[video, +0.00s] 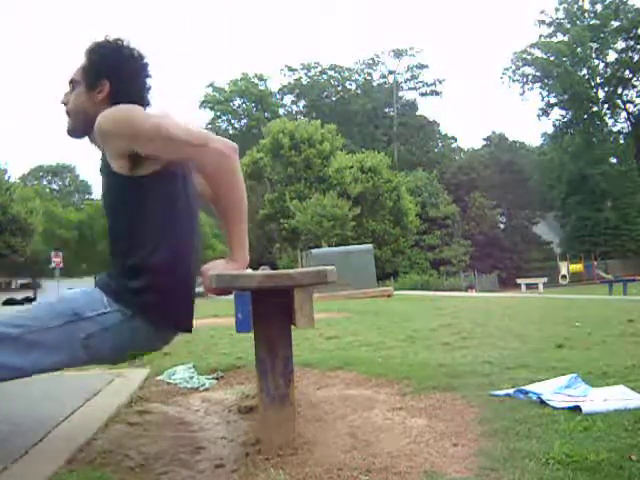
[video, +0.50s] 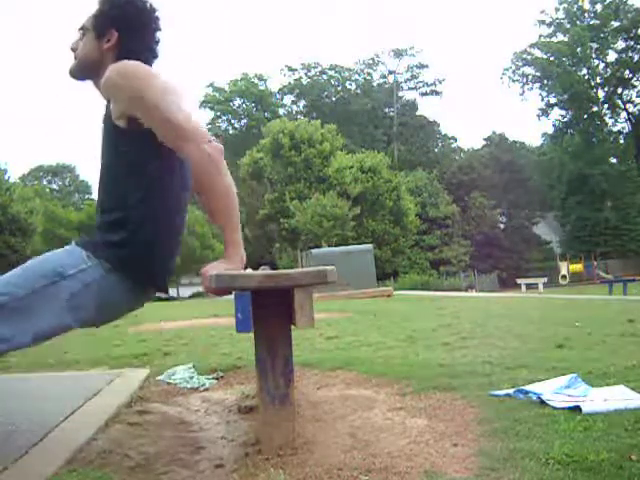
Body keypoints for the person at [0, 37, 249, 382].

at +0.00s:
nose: (64, 99)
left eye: (73, 86)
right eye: (69, 86)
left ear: (101, 91)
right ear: (102, 92)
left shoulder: (114, 122)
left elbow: (222, 154)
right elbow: (211, 190)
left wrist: (239, 259)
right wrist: (243, 251)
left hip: (134, 308)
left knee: (3, 338)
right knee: (9, 326)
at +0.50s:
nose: (73, 45)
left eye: (83, 33)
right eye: (78, 34)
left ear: (109, 40)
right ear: (110, 41)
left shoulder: (123, 76)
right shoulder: (135, 82)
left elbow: (201, 150)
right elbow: (209, 152)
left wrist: (234, 253)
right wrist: (233, 247)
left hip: (112, 265)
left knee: (4, 316)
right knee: (6, 321)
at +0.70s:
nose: (77, 16)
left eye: (86, 5)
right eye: (81, 6)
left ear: (112, 9)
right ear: (111, 11)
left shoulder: (126, 53)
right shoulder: (153, 64)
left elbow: (178, 153)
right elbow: (181, 156)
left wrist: (226, 252)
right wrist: (227, 252)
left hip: (99, 235)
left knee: (2, 308)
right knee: (4, 316)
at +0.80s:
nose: (72, 41)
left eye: (82, 29)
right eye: (77, 30)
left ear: (109, 32)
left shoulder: (121, 71)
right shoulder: (147, 81)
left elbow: (198, 155)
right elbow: (198, 167)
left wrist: (233, 253)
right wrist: (233, 252)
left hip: (108, 258)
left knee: (3, 318)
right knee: (5, 327)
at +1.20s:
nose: (60, 155)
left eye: (67, 144)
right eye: (63, 144)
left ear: (94, 147)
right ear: (90, 148)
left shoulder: (112, 172)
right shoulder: (165, 193)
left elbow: (218, 156)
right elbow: (222, 189)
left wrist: (239, 257)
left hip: (140, 360)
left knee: (4, 344)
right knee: (7, 340)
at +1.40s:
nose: (59, 120)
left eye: (67, 109)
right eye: (63, 109)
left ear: (94, 115)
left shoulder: (110, 143)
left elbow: (217, 155)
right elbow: (220, 194)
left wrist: (239, 258)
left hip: (131, 327)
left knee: (3, 330)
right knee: (8, 322)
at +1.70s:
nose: (64, 23)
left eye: (74, 10)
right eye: (69, 12)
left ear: (102, 13)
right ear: (101, 14)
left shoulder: (118, 56)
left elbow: (169, 163)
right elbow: (169, 166)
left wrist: (225, 255)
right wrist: (226, 255)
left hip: (102, 238)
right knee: (5, 313)